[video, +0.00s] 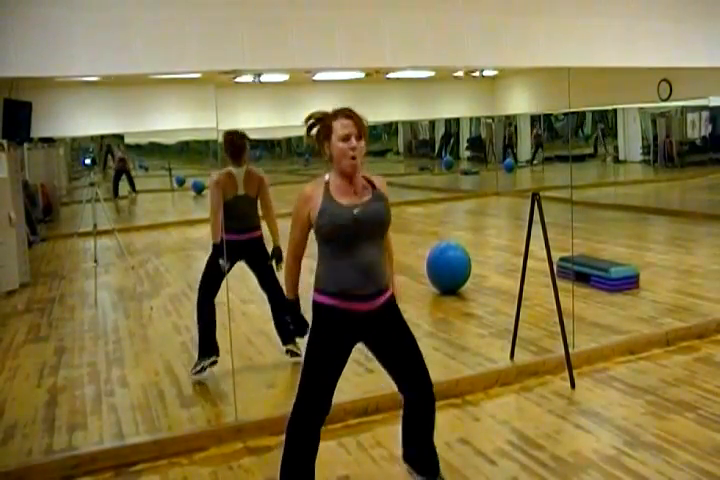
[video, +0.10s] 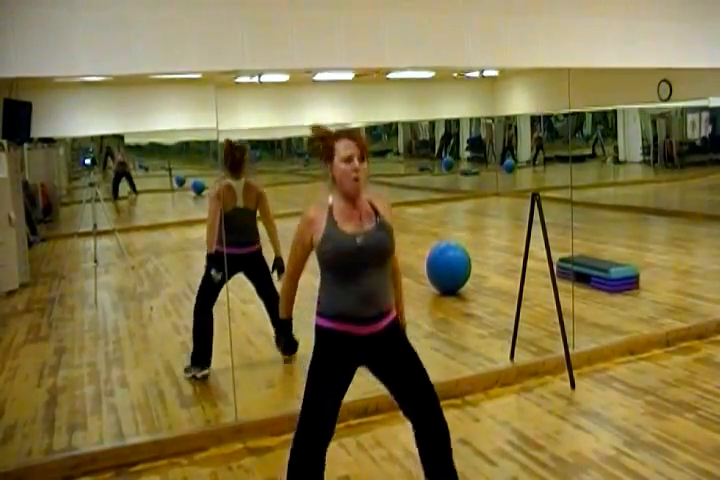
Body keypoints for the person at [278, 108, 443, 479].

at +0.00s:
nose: (354, 145)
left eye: (359, 138)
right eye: (345, 139)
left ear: (365, 143)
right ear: (328, 146)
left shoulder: (377, 187)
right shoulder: (313, 195)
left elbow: (384, 242)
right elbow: (294, 257)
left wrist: (391, 285)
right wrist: (292, 305)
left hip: (381, 310)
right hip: (334, 314)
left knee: (421, 390)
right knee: (311, 409)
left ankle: (421, 463)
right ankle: (295, 479)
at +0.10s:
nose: (356, 166)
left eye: (359, 159)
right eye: (346, 160)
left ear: (366, 164)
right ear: (330, 168)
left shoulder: (378, 207)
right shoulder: (316, 218)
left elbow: (392, 266)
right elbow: (292, 275)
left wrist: (400, 320)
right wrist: (284, 325)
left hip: (385, 335)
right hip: (336, 340)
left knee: (430, 418)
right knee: (313, 435)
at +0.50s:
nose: (364, 164)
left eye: (368, 157)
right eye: (354, 158)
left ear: (374, 164)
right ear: (335, 171)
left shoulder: (390, 212)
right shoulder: (322, 226)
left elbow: (407, 272)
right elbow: (301, 291)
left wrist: (434, 326)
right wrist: (285, 349)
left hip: (391, 343)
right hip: (339, 349)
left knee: (433, 421)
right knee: (312, 445)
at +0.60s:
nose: (368, 179)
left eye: (372, 172)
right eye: (358, 174)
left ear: (379, 180)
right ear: (340, 187)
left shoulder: (394, 228)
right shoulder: (328, 243)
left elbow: (414, 290)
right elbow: (304, 312)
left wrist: (445, 344)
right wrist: (285, 373)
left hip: (393, 353)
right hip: (340, 359)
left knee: (441, 427)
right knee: (312, 452)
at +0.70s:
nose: (372, 193)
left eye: (376, 185)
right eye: (362, 187)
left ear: (383, 194)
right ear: (345, 202)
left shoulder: (402, 244)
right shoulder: (335, 256)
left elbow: (424, 304)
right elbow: (308, 328)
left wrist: (453, 357)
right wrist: (288, 390)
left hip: (397, 364)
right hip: (342, 371)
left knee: (449, 433)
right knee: (310, 461)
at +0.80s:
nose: (374, 176)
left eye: (379, 168)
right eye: (364, 170)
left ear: (386, 176)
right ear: (349, 183)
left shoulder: (404, 225)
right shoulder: (336, 237)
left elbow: (424, 288)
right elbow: (312, 308)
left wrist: (454, 343)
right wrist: (295, 372)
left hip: (401, 355)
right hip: (348, 362)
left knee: (447, 429)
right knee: (318, 457)